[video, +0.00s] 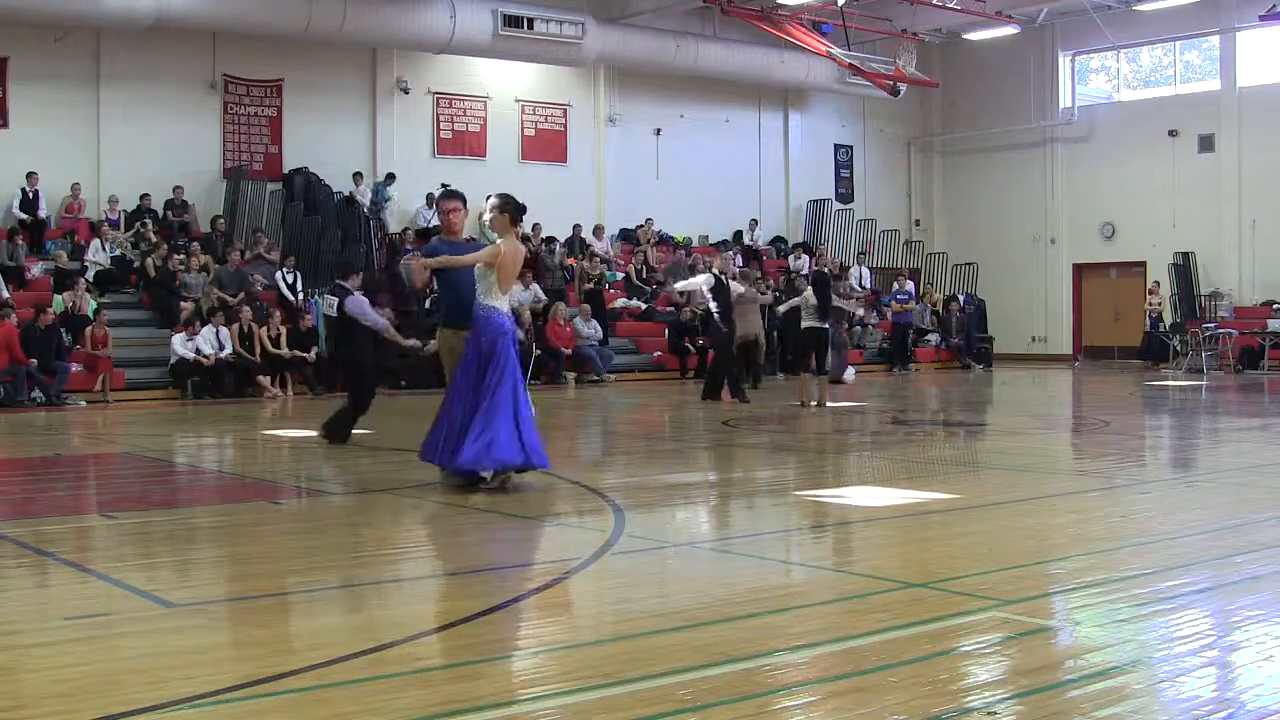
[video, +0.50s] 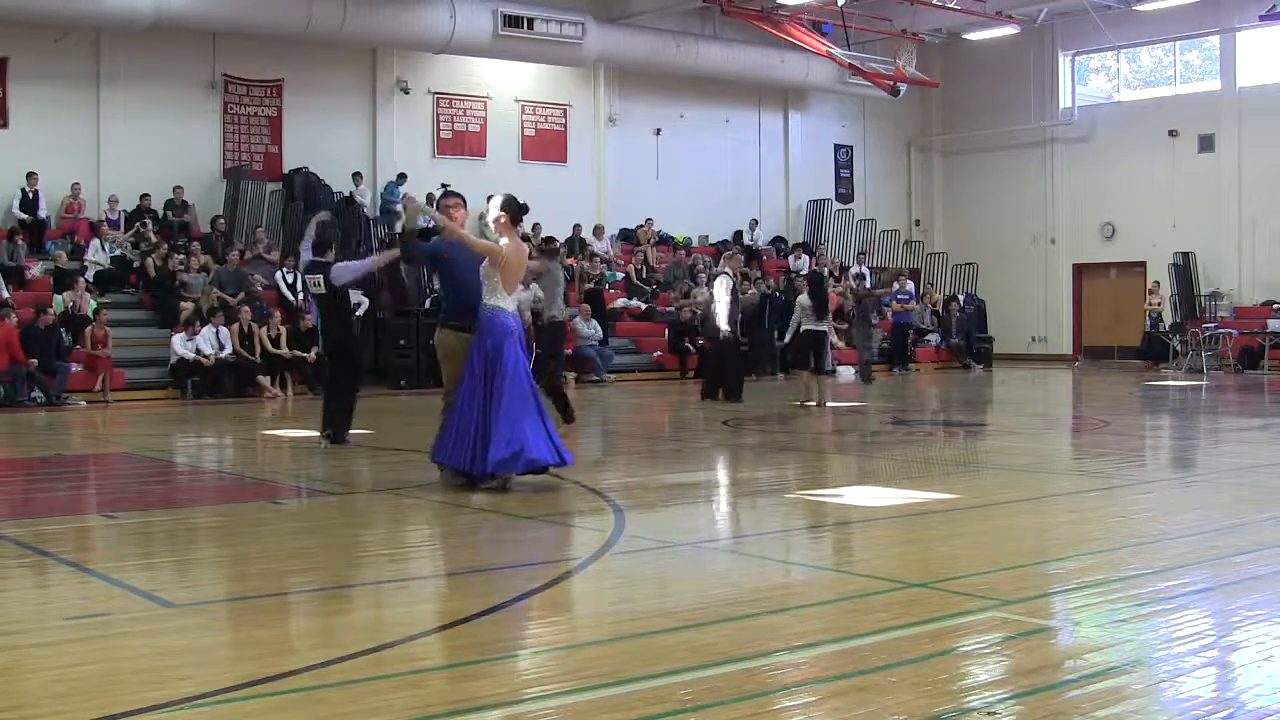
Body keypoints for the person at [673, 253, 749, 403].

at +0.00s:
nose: (728, 263)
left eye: (729, 260)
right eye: (724, 259)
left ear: (730, 262)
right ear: (716, 261)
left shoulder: (727, 281)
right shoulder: (709, 278)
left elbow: (742, 290)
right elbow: (690, 283)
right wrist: (675, 287)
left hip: (728, 322)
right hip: (717, 322)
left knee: (721, 357)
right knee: (728, 356)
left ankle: (711, 392)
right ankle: (738, 392)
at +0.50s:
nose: (740, 265)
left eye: (740, 262)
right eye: (738, 261)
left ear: (731, 262)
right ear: (728, 261)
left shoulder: (730, 279)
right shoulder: (724, 279)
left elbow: (727, 304)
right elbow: (722, 304)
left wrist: (731, 327)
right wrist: (724, 327)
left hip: (728, 329)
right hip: (725, 329)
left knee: (716, 362)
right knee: (731, 363)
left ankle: (709, 393)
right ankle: (732, 394)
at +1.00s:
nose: (753, 266)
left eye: (754, 262)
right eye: (750, 262)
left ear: (754, 264)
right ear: (741, 262)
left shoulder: (748, 282)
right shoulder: (731, 280)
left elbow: (749, 303)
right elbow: (740, 303)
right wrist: (758, 305)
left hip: (747, 324)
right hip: (733, 324)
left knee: (756, 358)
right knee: (735, 362)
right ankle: (732, 396)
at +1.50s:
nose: (767, 261)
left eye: (767, 258)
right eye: (765, 257)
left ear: (762, 259)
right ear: (757, 258)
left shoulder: (763, 277)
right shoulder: (747, 274)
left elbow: (766, 298)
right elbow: (740, 294)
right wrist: (759, 304)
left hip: (764, 317)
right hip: (752, 317)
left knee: (764, 354)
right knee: (751, 353)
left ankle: (766, 391)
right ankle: (738, 389)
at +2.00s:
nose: (779, 258)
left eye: (779, 254)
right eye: (776, 254)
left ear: (772, 257)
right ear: (766, 254)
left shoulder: (775, 275)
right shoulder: (756, 273)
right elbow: (739, 287)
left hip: (774, 318)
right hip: (759, 317)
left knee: (770, 354)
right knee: (753, 354)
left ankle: (767, 389)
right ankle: (742, 389)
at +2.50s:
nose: (782, 255)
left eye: (781, 252)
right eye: (778, 252)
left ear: (778, 255)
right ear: (768, 254)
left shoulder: (781, 275)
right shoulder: (762, 274)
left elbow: (784, 295)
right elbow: (763, 299)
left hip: (779, 320)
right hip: (766, 320)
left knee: (778, 357)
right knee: (766, 355)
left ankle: (771, 392)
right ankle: (749, 388)